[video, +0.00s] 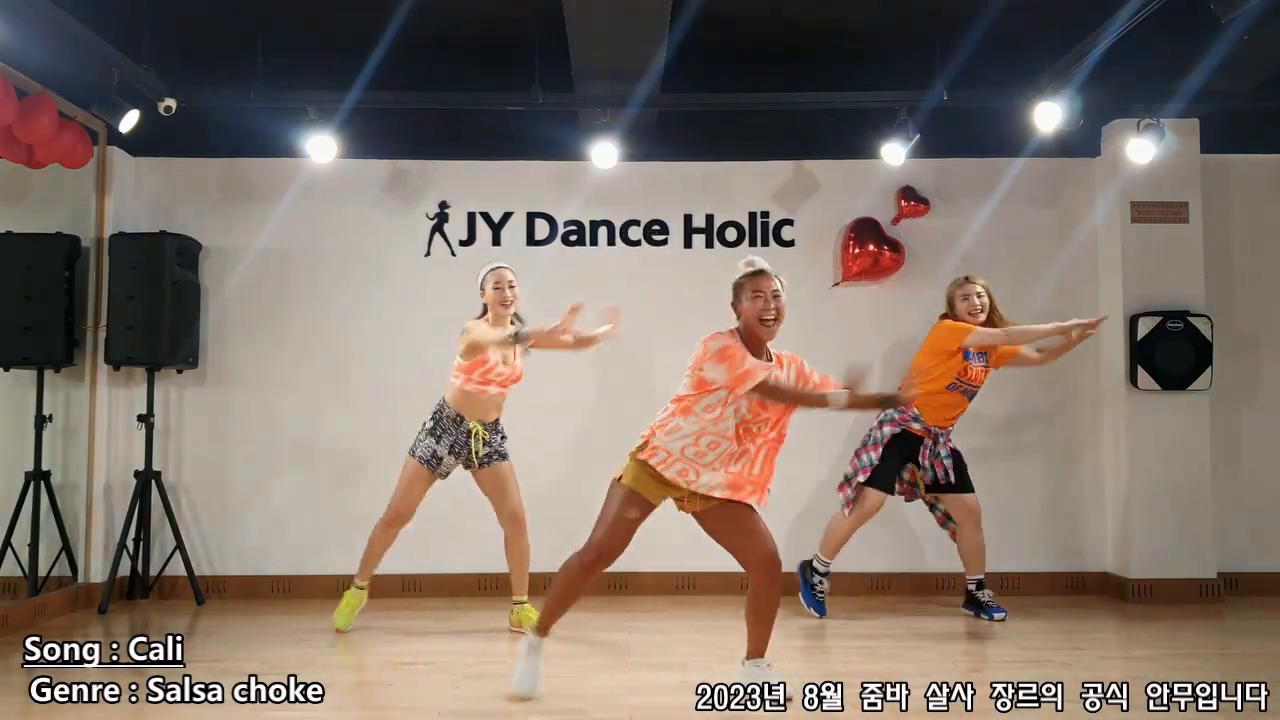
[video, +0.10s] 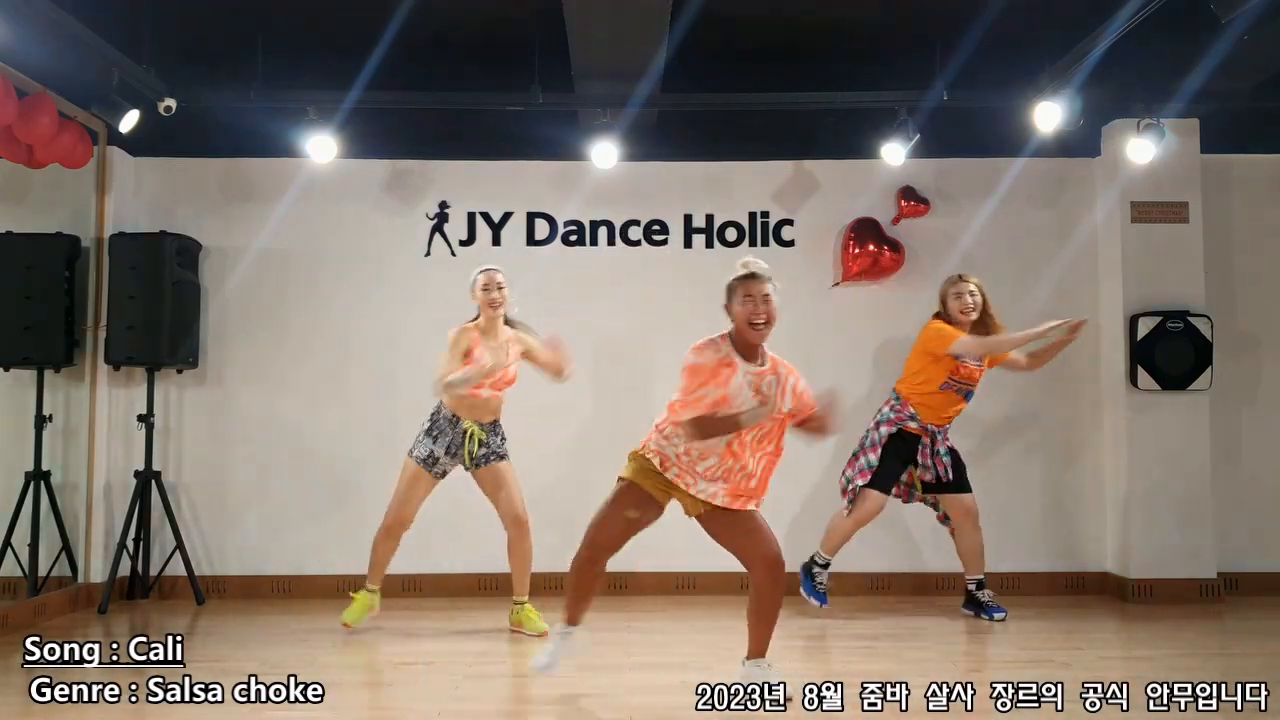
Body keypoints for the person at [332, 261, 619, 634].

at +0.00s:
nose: (506, 292)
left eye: (512, 286)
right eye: (498, 287)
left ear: (518, 294)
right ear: (484, 295)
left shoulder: (524, 334)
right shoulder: (473, 330)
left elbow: (569, 341)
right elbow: (499, 338)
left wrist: (602, 333)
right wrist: (552, 328)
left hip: (488, 434)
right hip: (446, 426)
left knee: (515, 516)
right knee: (396, 514)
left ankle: (520, 605)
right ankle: (358, 588)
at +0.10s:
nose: (495, 294)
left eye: (500, 287)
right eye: (487, 289)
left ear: (509, 294)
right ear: (475, 297)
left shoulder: (519, 339)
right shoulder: (464, 336)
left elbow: (559, 372)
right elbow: (443, 384)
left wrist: (559, 355)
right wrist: (481, 371)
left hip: (487, 435)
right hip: (446, 429)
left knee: (519, 520)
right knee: (395, 520)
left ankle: (521, 607)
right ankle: (370, 593)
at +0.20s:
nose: (470, 299)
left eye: (477, 292)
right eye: (463, 293)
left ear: (489, 300)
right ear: (453, 301)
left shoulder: (502, 348)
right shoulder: (439, 346)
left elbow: (528, 393)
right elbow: (407, 398)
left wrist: (523, 413)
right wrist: (416, 413)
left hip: (483, 442)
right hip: (436, 442)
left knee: (517, 525)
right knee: (392, 529)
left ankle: (521, 608)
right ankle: (382, 610)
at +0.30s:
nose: (443, 294)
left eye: (450, 288)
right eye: (437, 287)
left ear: (463, 296)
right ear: (427, 294)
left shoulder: (478, 343)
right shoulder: (412, 341)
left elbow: (511, 393)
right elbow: (378, 387)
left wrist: (491, 407)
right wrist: (390, 403)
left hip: (464, 437)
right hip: (419, 436)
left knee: (500, 521)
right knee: (383, 525)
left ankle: (519, 607)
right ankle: (380, 610)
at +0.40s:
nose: (419, 286)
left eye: (427, 280)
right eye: (413, 280)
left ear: (439, 287)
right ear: (404, 287)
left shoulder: (455, 329)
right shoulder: (390, 330)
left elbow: (491, 370)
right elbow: (351, 358)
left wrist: (457, 347)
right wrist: (342, 363)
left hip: (444, 428)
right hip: (400, 428)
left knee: (468, 518)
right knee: (377, 521)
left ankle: (489, 601)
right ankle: (380, 608)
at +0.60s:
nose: (382, 289)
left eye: (389, 282)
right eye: (376, 283)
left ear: (405, 290)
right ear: (367, 292)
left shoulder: (420, 328)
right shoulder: (362, 330)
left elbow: (441, 334)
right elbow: (308, 342)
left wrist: (394, 320)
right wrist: (297, 338)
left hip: (417, 432)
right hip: (373, 432)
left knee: (412, 527)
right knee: (330, 517)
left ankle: (421, 611)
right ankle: (353, 596)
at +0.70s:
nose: (360, 292)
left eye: (368, 285)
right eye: (353, 287)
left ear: (385, 291)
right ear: (347, 295)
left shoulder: (402, 336)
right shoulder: (343, 339)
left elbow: (441, 352)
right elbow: (298, 371)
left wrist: (414, 342)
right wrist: (297, 349)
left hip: (400, 437)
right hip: (358, 438)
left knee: (404, 534)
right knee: (301, 519)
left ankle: (420, 612)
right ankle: (294, 601)